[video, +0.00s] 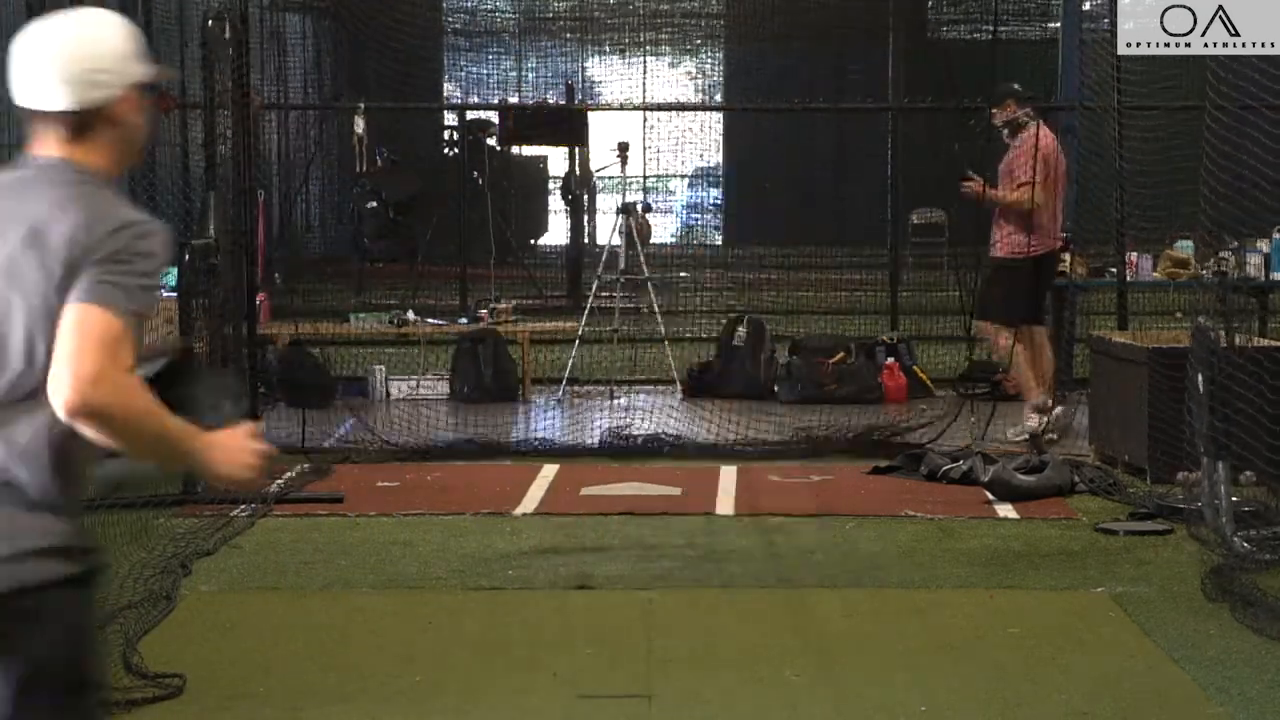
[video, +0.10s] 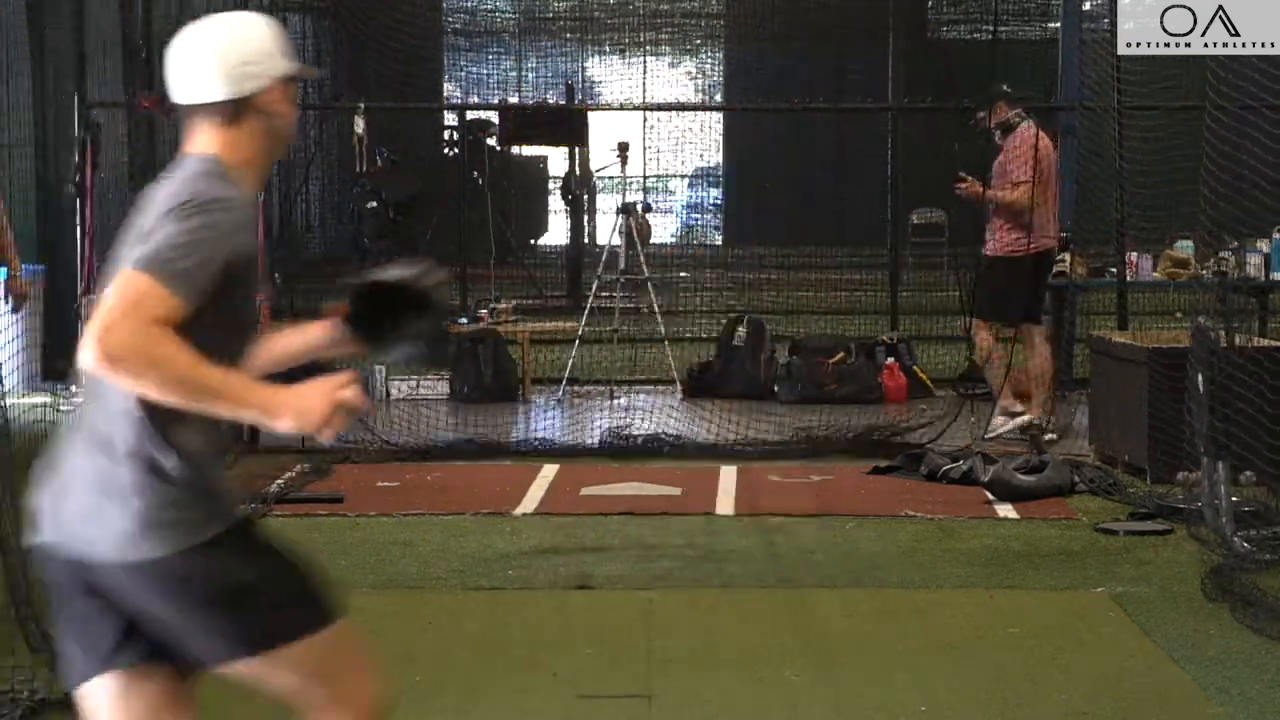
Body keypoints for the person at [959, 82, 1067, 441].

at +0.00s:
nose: (995, 118)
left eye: (1000, 110)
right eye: (994, 112)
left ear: (1018, 109)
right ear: (1022, 111)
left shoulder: (1032, 142)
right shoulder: (1042, 140)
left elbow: (1029, 198)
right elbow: (1036, 197)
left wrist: (986, 194)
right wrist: (993, 193)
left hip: (1021, 251)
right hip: (1038, 249)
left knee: (992, 325)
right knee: (1032, 327)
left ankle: (1034, 404)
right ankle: (1046, 404)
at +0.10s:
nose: (987, 122)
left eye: (988, 115)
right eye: (985, 116)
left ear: (1002, 109)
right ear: (1014, 109)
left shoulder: (1020, 140)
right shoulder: (1040, 140)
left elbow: (1021, 200)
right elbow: (1033, 199)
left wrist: (981, 193)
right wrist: (986, 193)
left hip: (1012, 250)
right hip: (1038, 250)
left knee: (982, 329)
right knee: (1033, 331)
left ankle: (1007, 405)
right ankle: (1040, 415)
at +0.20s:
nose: (978, 126)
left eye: (980, 118)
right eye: (975, 120)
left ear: (995, 111)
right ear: (997, 112)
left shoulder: (1013, 138)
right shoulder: (1017, 138)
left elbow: (1019, 198)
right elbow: (1018, 199)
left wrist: (975, 196)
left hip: (1008, 253)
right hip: (1026, 252)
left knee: (964, 324)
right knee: (1030, 333)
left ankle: (971, 414)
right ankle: (1039, 417)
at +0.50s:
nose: (929, 133)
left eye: (930, 126)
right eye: (927, 127)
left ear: (946, 119)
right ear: (957, 116)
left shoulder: (964, 149)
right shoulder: (989, 144)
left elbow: (969, 206)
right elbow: (986, 206)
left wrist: (927, 202)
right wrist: (934, 208)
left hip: (960, 259)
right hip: (992, 256)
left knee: (926, 330)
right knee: (999, 332)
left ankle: (924, 416)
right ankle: (1035, 414)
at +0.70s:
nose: (897, 129)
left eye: (897, 122)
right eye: (894, 124)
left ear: (911, 115)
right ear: (924, 112)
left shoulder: (928, 143)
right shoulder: (959, 140)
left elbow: (935, 201)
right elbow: (970, 195)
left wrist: (895, 199)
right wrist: (906, 196)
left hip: (927, 252)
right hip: (959, 249)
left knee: (915, 331)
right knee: (954, 328)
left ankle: (923, 415)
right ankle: (1009, 388)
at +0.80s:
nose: (883, 130)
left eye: (883, 123)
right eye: (880, 125)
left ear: (898, 113)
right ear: (907, 111)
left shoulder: (914, 142)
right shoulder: (943, 137)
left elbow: (917, 200)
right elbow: (953, 195)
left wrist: (878, 199)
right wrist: (890, 194)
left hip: (919, 251)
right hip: (944, 248)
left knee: (912, 329)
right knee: (927, 325)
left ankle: (921, 415)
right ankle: (977, 386)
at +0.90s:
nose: (867, 127)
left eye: (867, 120)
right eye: (864, 121)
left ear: (879, 113)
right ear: (894, 108)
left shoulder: (898, 141)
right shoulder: (928, 134)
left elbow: (899, 200)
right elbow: (942, 191)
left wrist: (867, 195)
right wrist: (883, 188)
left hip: (909, 249)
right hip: (932, 243)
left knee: (908, 330)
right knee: (912, 328)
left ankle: (922, 413)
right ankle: (934, 401)